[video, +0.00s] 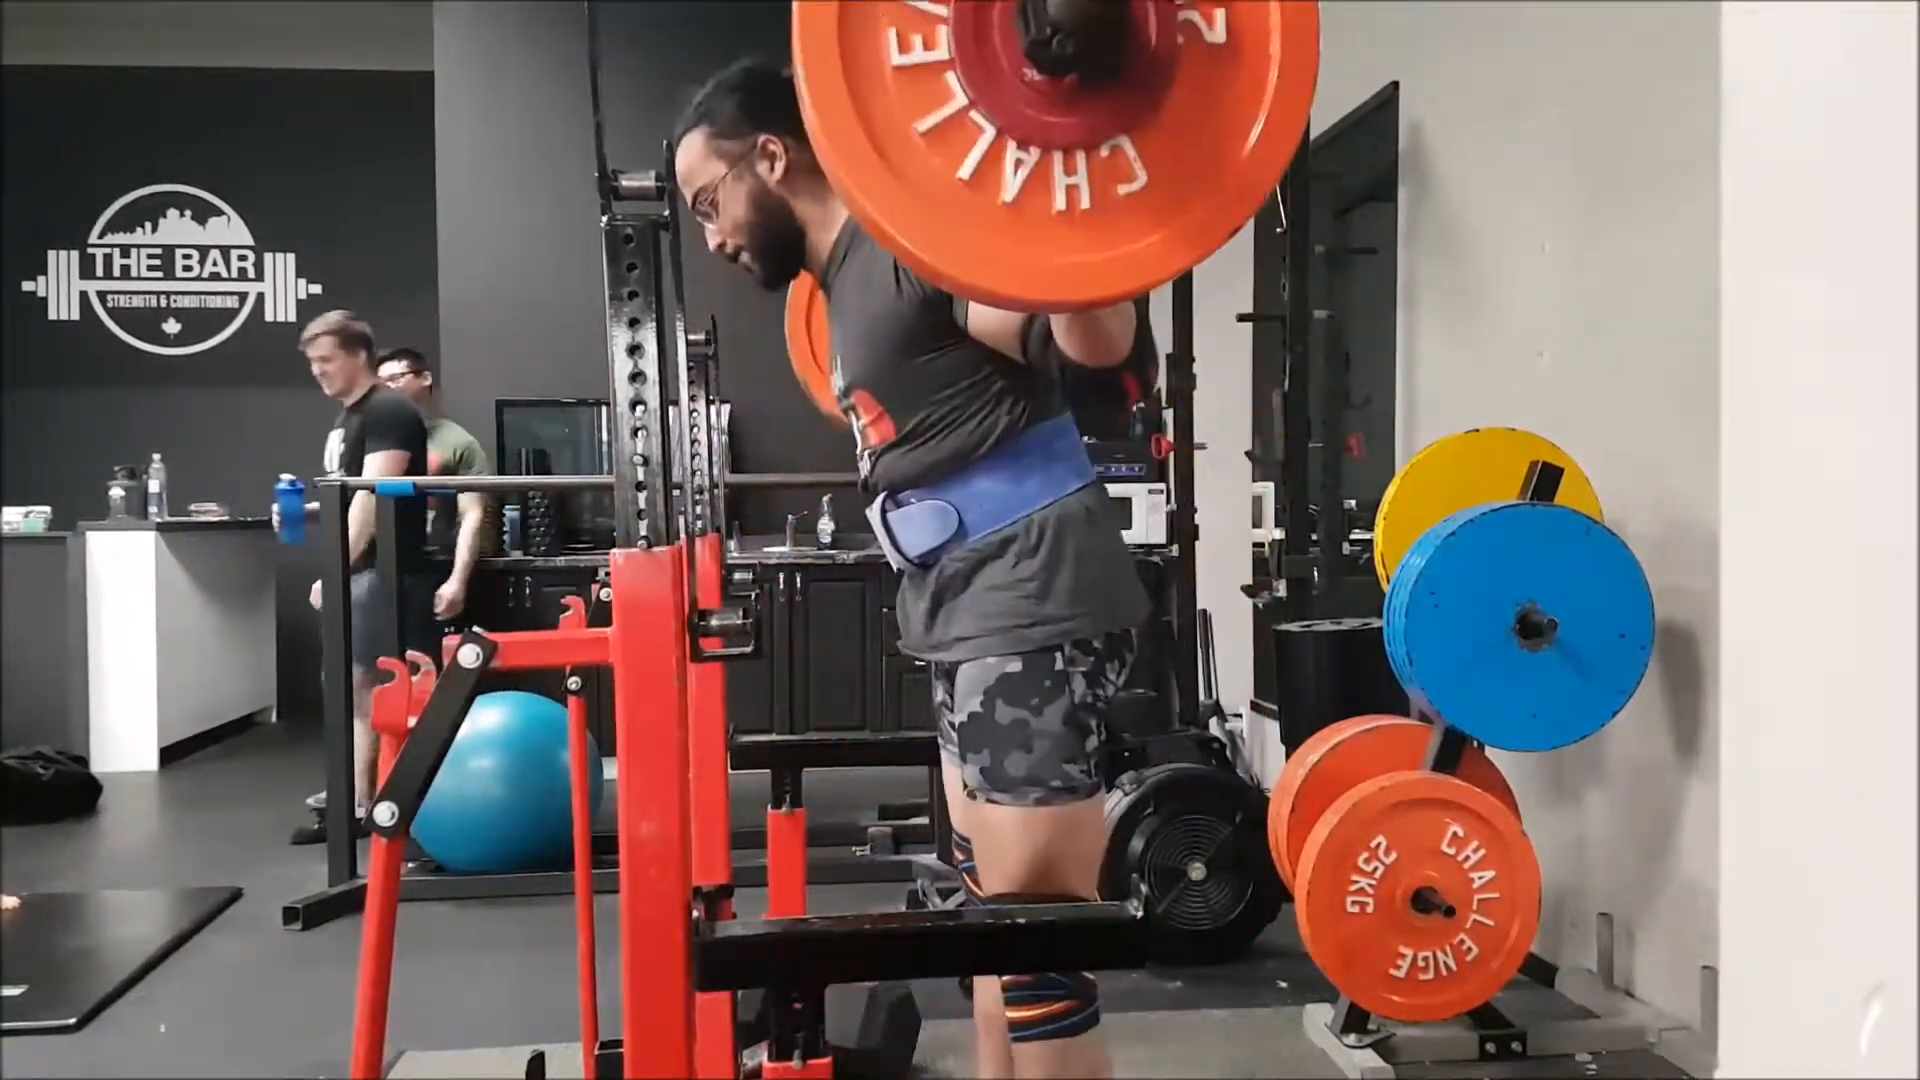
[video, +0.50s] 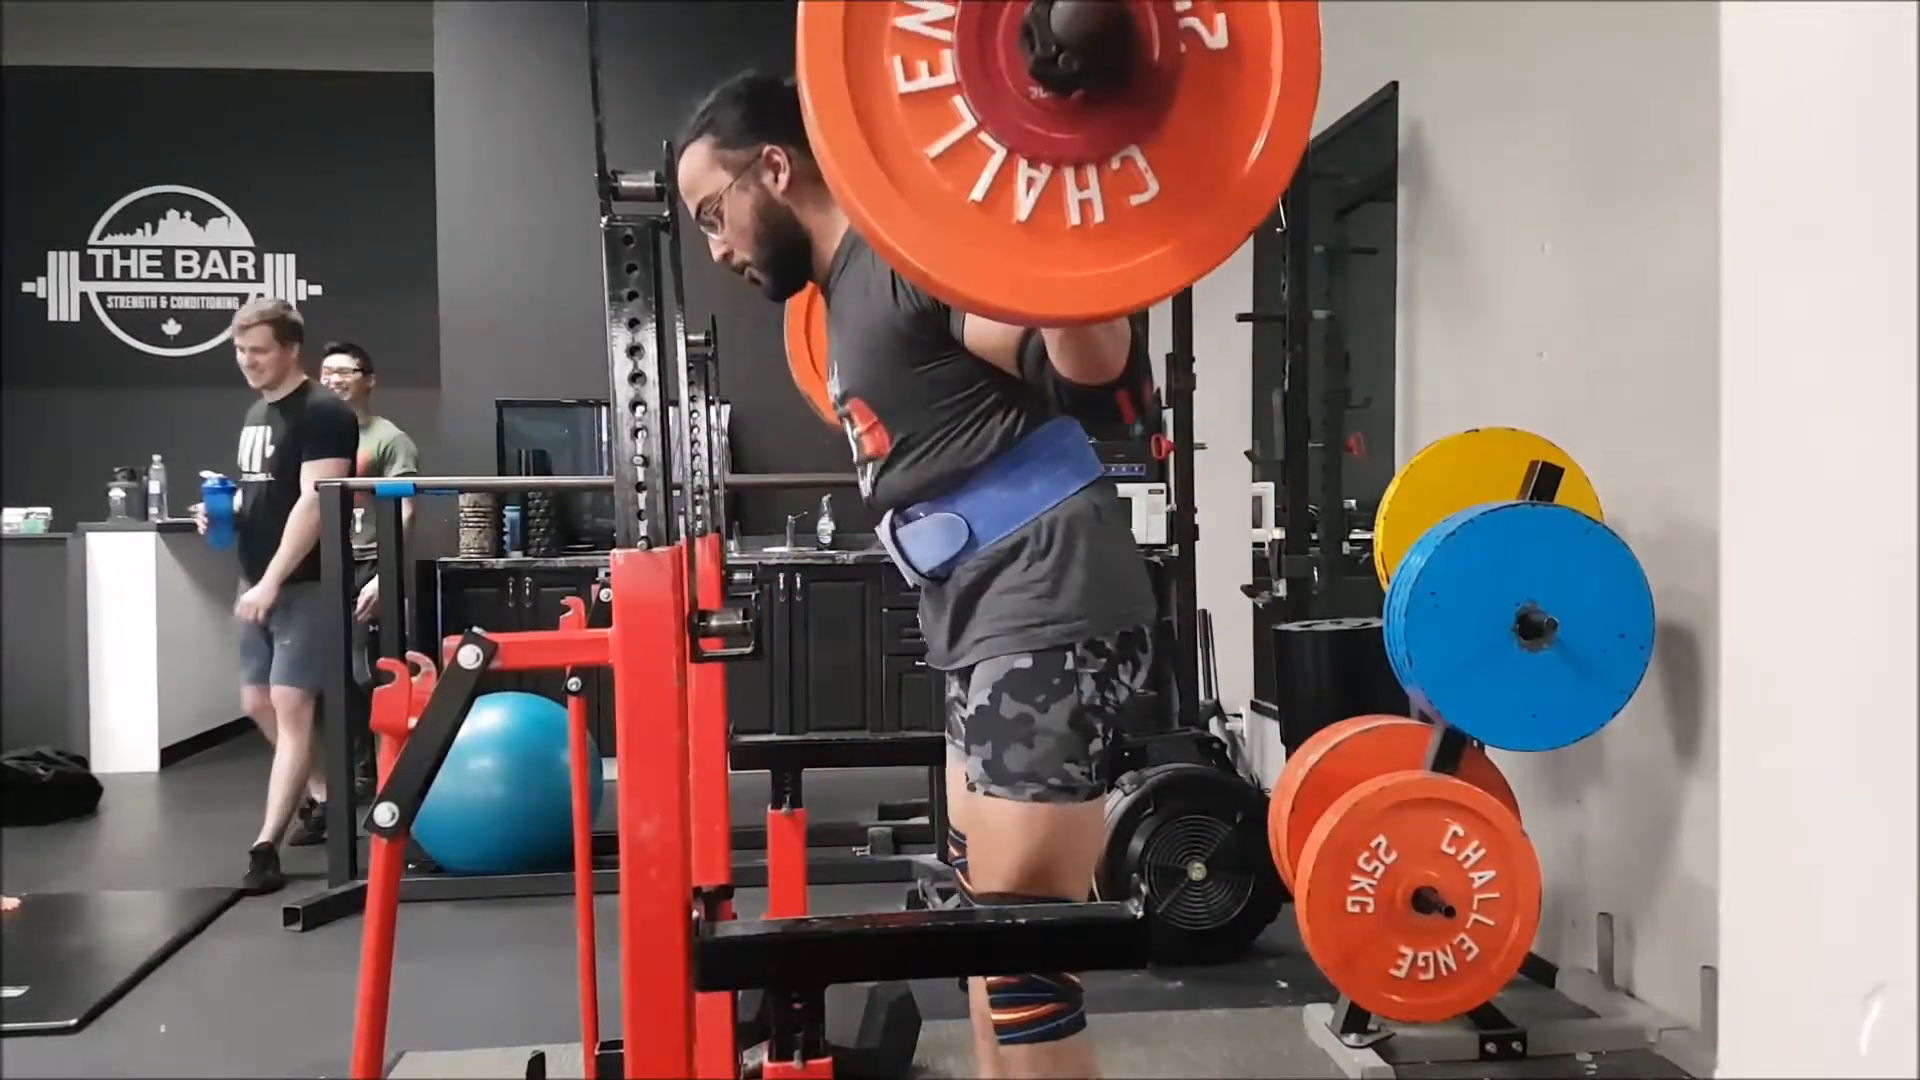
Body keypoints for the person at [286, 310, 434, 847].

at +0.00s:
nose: (318, 372)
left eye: (325, 359)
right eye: (313, 362)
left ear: (359, 355)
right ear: (319, 364)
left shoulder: (391, 411)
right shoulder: (349, 418)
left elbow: (374, 502)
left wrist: (336, 569)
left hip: (389, 571)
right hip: (360, 570)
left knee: (380, 691)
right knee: (358, 691)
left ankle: (393, 809)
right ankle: (353, 801)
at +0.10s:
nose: (302, 371)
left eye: (311, 360)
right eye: (296, 362)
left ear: (344, 356)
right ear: (295, 364)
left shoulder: (374, 410)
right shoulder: (327, 417)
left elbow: (364, 500)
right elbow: (326, 494)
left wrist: (326, 571)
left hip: (368, 568)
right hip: (339, 567)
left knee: (316, 673)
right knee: (347, 680)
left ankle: (366, 776)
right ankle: (359, 784)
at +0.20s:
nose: (287, 372)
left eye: (296, 361)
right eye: (281, 364)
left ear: (328, 358)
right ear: (280, 367)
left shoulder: (361, 414)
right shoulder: (305, 420)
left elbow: (352, 503)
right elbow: (309, 499)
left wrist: (315, 572)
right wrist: (269, 508)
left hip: (346, 577)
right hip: (313, 574)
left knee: (306, 680)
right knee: (345, 697)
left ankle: (324, 807)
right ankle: (363, 810)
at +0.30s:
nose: (275, 372)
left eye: (284, 360)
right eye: (269, 363)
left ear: (316, 357)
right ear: (269, 365)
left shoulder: (349, 415)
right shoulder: (291, 419)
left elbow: (338, 505)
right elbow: (292, 497)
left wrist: (299, 578)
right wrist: (257, 510)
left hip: (330, 581)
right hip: (293, 577)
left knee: (306, 696)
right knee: (318, 698)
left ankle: (283, 832)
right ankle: (354, 810)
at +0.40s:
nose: (261, 371)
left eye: (271, 359)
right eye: (255, 361)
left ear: (303, 357)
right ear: (254, 364)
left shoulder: (336, 419)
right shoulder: (276, 419)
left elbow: (324, 509)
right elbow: (276, 500)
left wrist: (283, 583)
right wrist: (239, 515)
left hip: (321, 583)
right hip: (279, 581)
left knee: (298, 705)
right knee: (307, 704)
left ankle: (271, 838)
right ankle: (349, 805)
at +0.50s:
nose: (247, 361)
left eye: (257, 351)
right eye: (241, 352)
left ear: (292, 350)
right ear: (240, 354)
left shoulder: (326, 413)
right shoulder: (259, 413)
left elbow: (316, 506)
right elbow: (260, 495)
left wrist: (269, 581)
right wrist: (222, 514)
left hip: (309, 584)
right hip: (259, 581)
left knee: (293, 705)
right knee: (257, 701)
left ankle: (266, 844)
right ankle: (321, 795)